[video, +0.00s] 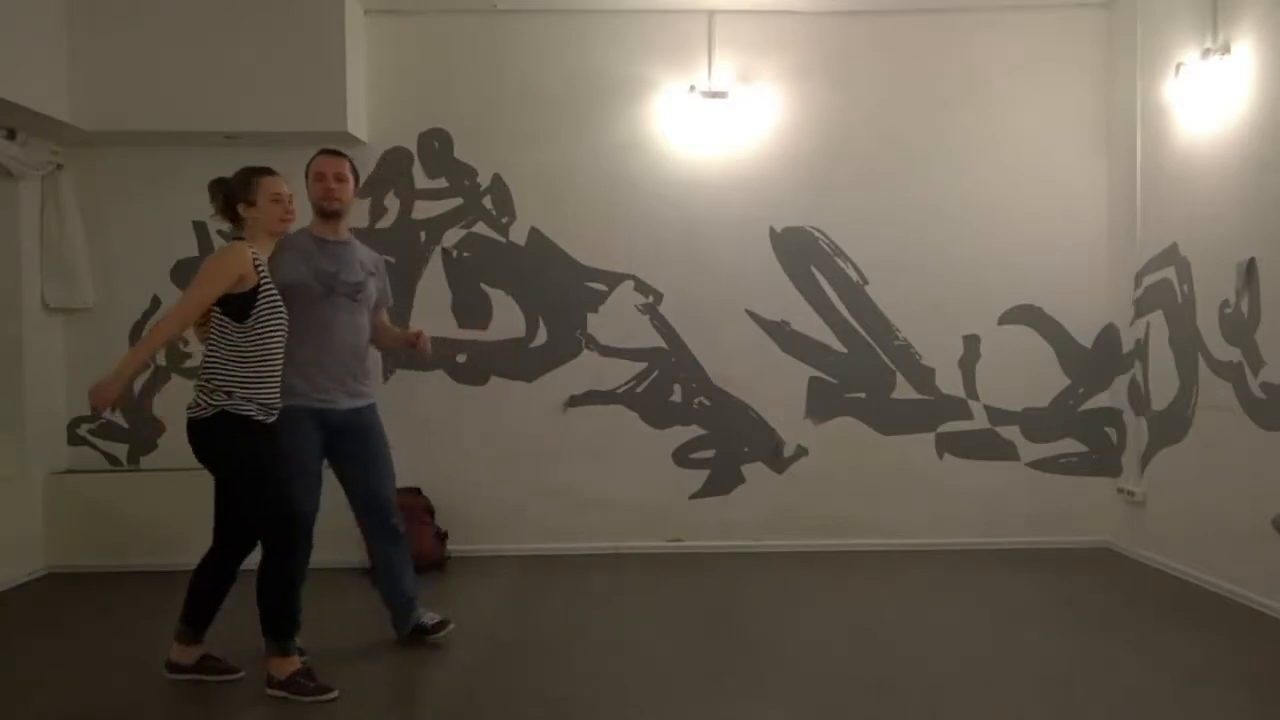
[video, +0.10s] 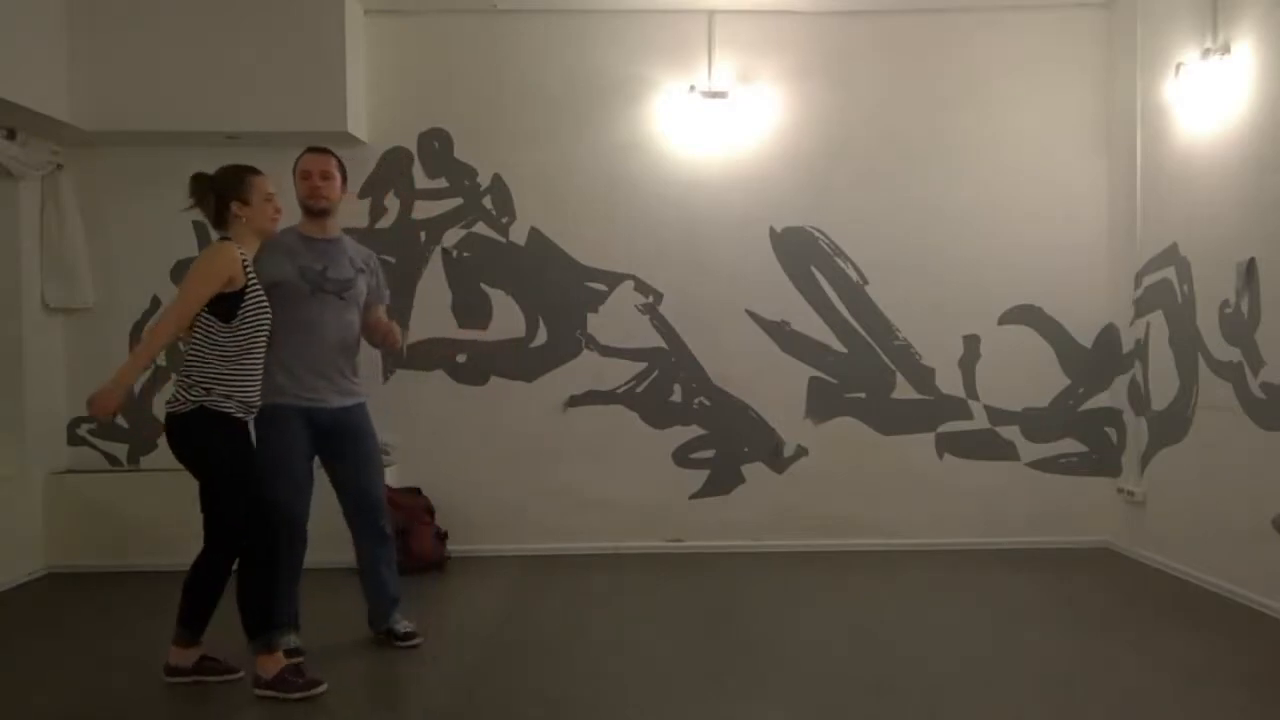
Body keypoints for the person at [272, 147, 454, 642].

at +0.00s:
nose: (330, 186)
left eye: (340, 179)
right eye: (321, 179)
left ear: (355, 191)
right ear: (307, 190)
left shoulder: (369, 262)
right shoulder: (283, 250)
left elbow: (379, 329)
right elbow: (248, 306)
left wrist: (404, 338)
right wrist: (208, 320)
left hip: (356, 408)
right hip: (295, 407)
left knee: (382, 511)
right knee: (294, 523)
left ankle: (407, 615)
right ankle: (282, 635)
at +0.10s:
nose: (316, 185)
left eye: (326, 178)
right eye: (307, 178)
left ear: (343, 189)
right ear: (295, 187)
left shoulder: (363, 260)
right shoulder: (268, 251)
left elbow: (377, 329)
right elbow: (230, 307)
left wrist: (389, 334)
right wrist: (194, 325)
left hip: (344, 403)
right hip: (281, 405)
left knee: (371, 511)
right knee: (284, 521)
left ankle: (388, 616)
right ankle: (281, 630)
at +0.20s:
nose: (308, 188)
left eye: (317, 180)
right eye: (298, 180)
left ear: (336, 192)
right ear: (287, 191)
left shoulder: (359, 261)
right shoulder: (259, 253)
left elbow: (382, 334)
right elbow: (221, 311)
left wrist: (368, 327)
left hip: (339, 407)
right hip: (274, 408)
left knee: (357, 510)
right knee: (279, 519)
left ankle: (360, 610)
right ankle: (280, 628)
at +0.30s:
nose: (304, 186)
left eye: (314, 179)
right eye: (295, 179)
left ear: (332, 190)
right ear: (284, 191)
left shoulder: (358, 258)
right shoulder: (256, 254)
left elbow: (380, 330)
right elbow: (221, 317)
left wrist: (352, 323)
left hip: (337, 404)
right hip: (272, 404)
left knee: (349, 510)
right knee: (274, 517)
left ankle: (344, 604)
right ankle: (276, 626)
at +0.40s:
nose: (303, 185)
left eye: (313, 177)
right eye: (294, 178)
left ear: (332, 188)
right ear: (283, 188)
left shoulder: (361, 255)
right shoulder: (256, 251)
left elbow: (380, 326)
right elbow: (225, 316)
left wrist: (334, 314)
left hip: (338, 405)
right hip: (274, 404)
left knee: (341, 515)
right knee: (272, 515)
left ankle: (329, 607)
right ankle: (274, 624)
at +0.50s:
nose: (302, 189)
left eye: (313, 181)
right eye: (294, 182)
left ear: (333, 191)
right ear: (284, 193)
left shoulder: (363, 258)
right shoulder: (263, 254)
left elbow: (378, 329)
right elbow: (215, 307)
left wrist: (318, 313)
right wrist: (247, 312)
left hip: (340, 409)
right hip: (277, 407)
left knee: (334, 515)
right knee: (277, 516)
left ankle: (326, 606)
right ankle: (273, 626)